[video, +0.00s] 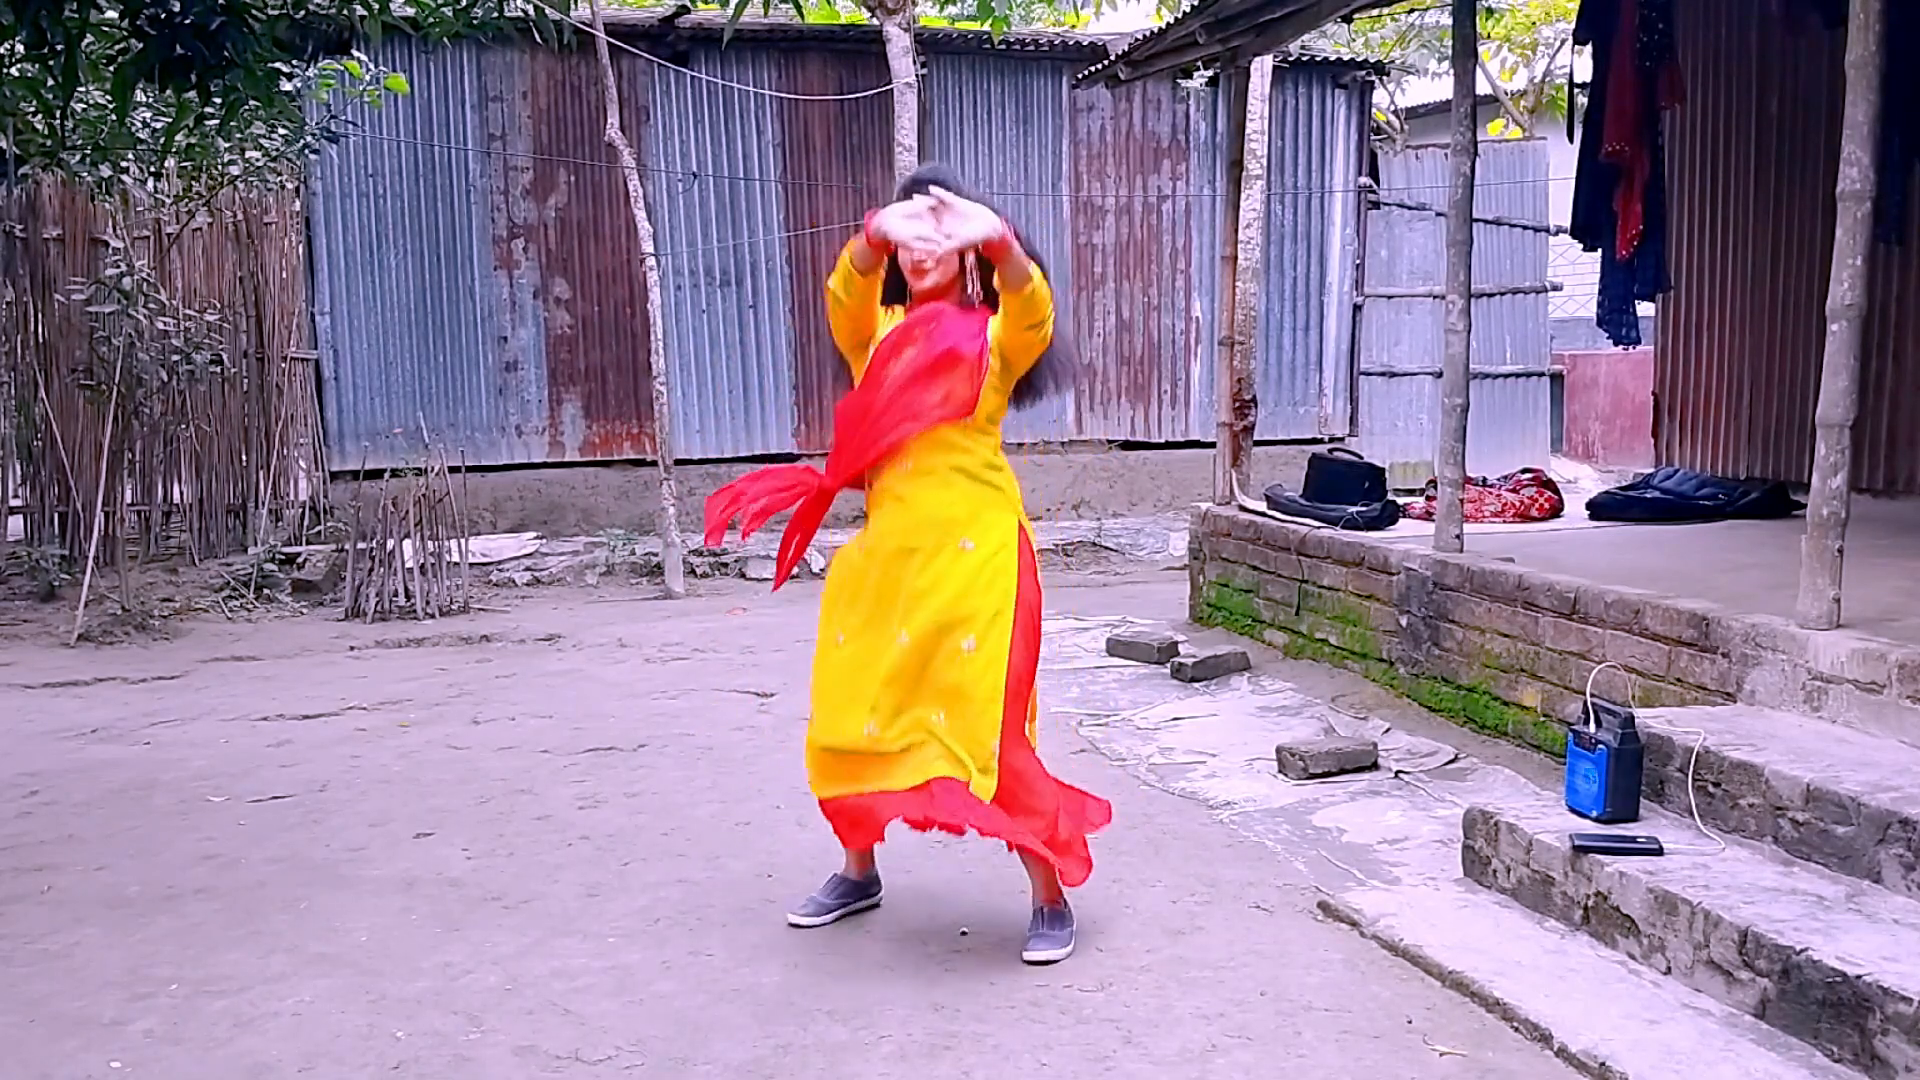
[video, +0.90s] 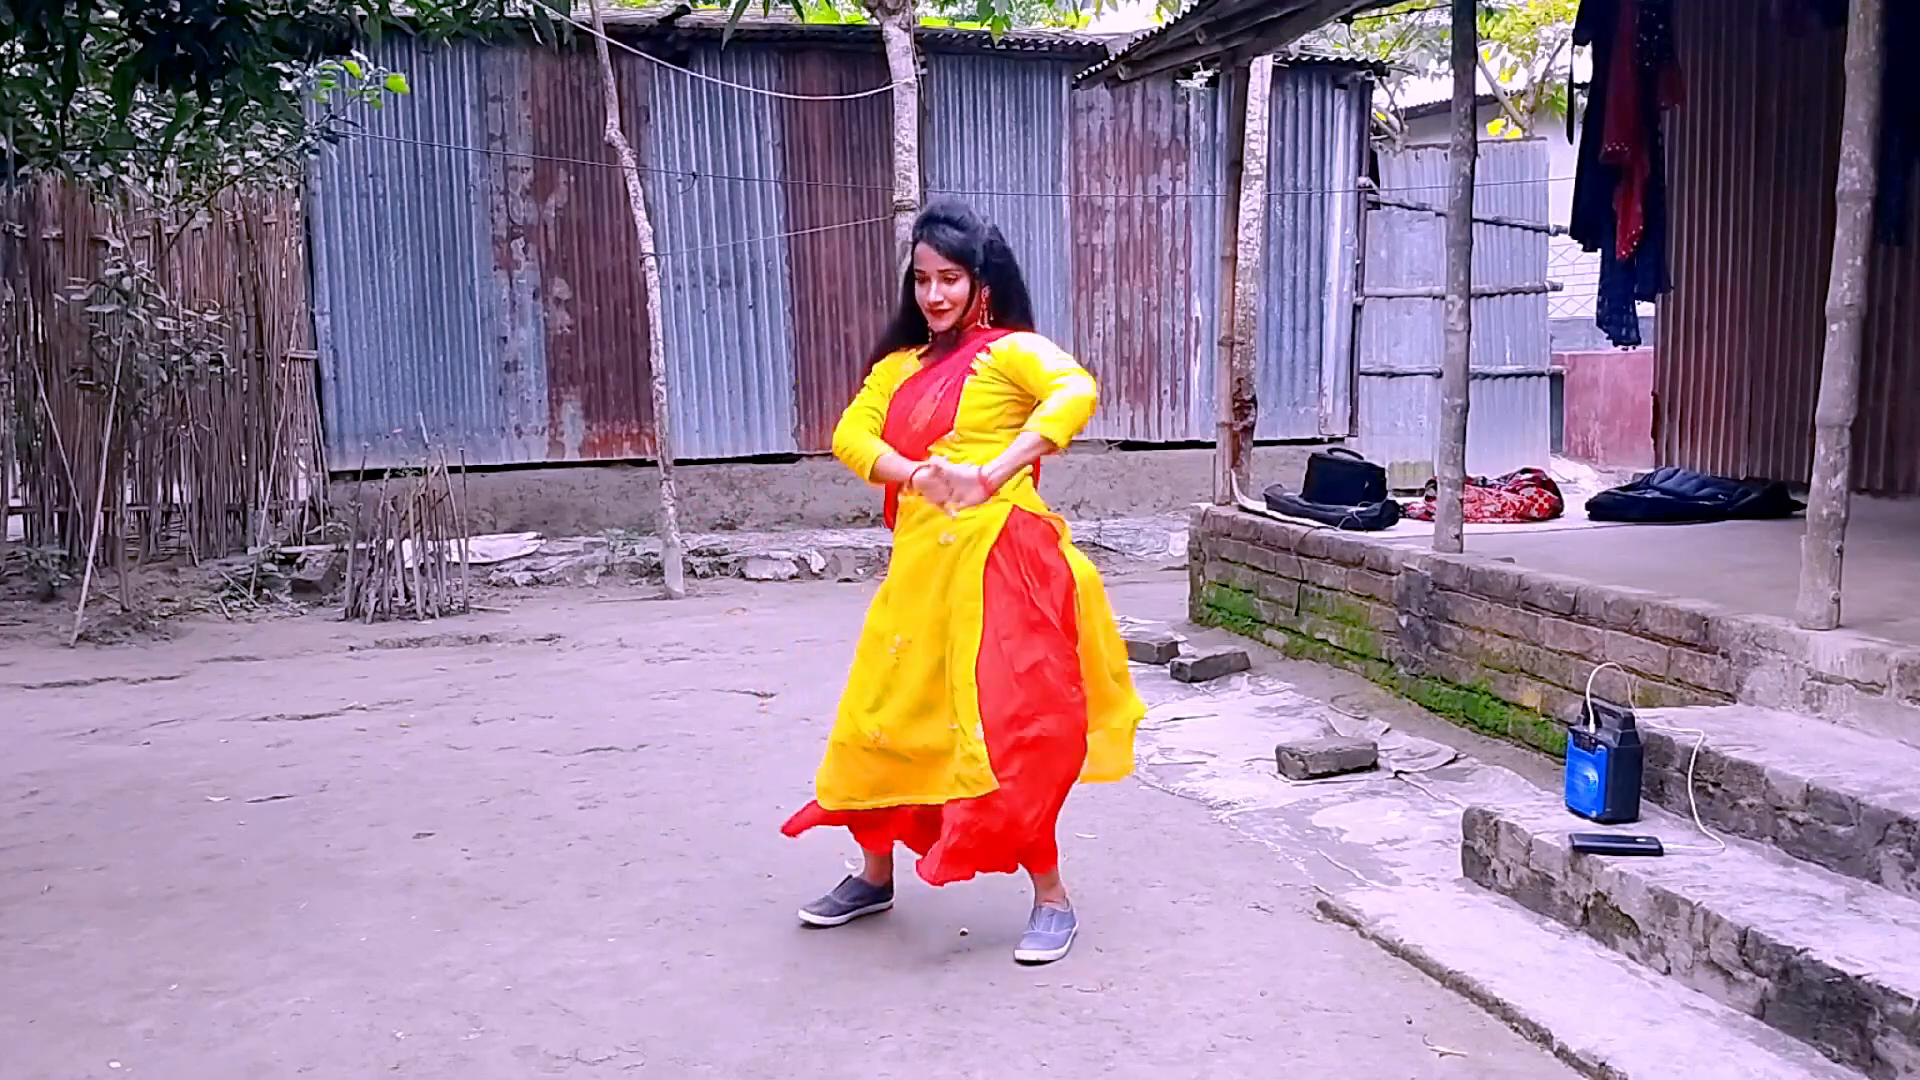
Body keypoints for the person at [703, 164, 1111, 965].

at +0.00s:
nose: (917, 251)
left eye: (933, 233)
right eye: (904, 238)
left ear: (966, 244)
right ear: (892, 253)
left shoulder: (988, 334)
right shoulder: (879, 332)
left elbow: (1028, 315)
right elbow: (847, 299)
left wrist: (1004, 249)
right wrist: (871, 240)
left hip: (977, 531)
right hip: (889, 534)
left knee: (985, 711)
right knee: (842, 698)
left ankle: (1049, 897)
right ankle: (857, 868)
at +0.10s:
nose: (914, 315)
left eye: (927, 300)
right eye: (902, 302)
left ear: (959, 300)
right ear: (891, 310)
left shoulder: (982, 391)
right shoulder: (869, 381)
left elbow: (1005, 382)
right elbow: (843, 374)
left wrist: (999, 349)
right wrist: (897, 333)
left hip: (977, 570)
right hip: (892, 576)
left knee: (994, 738)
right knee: (842, 726)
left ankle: (1050, 899)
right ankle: (851, 874)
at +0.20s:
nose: (912, 332)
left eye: (927, 317)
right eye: (899, 318)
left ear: (956, 325)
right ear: (886, 324)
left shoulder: (978, 406)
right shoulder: (852, 384)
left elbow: (1001, 429)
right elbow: (844, 392)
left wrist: (969, 414)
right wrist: (877, 406)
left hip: (973, 588)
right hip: (882, 596)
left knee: (1000, 745)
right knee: (847, 746)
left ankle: (1030, 913)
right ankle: (845, 903)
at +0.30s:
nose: (909, 302)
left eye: (923, 285)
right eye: (896, 290)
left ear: (954, 286)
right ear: (883, 297)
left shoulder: (994, 379)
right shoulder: (860, 364)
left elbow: (989, 446)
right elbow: (792, 414)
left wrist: (919, 476)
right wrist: (815, 460)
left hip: (951, 586)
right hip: (855, 585)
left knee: (1003, 735)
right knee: (844, 730)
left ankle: (1048, 902)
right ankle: (841, 885)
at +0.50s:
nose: (904, 306)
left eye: (918, 287)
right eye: (890, 292)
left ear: (953, 286)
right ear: (880, 300)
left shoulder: (989, 368)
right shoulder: (884, 384)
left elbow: (910, 431)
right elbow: (809, 428)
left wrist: (804, 469)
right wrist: (744, 458)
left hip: (945, 589)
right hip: (859, 580)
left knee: (950, 753)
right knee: (829, 724)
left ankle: (1041, 897)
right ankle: (857, 875)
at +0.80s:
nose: (924, 296)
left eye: (940, 279)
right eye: (911, 281)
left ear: (973, 281)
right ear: (900, 286)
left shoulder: (1004, 346)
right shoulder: (897, 375)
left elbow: (959, 418)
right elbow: (855, 444)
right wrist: (838, 484)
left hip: (996, 564)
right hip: (922, 567)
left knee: (985, 731)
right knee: (868, 713)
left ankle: (1047, 900)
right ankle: (862, 871)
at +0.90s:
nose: (932, 294)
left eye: (949, 277)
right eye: (921, 278)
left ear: (984, 282)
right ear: (911, 283)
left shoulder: (1012, 349)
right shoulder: (898, 364)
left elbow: (1077, 391)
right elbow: (851, 436)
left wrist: (992, 472)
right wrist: (912, 471)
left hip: (1001, 558)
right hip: (920, 563)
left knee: (1009, 726)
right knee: (876, 715)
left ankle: (1049, 898)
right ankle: (875, 873)